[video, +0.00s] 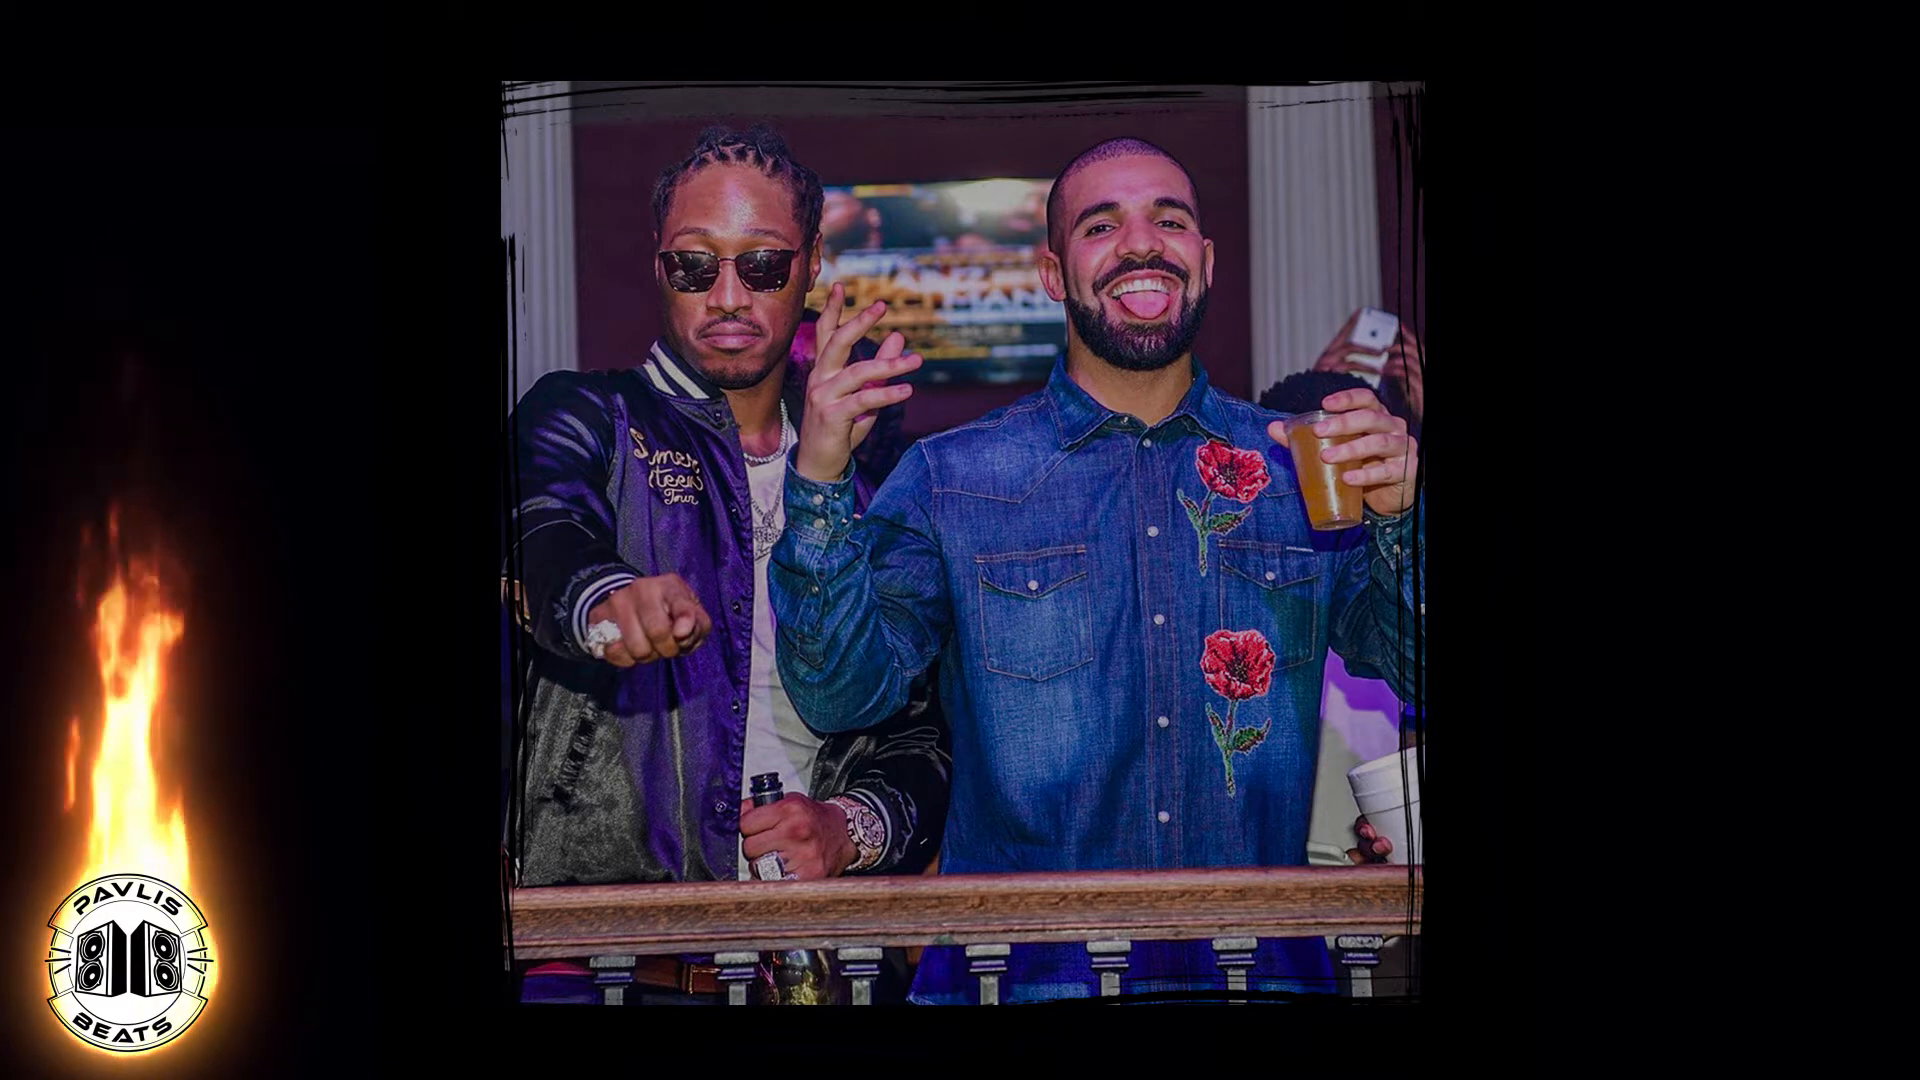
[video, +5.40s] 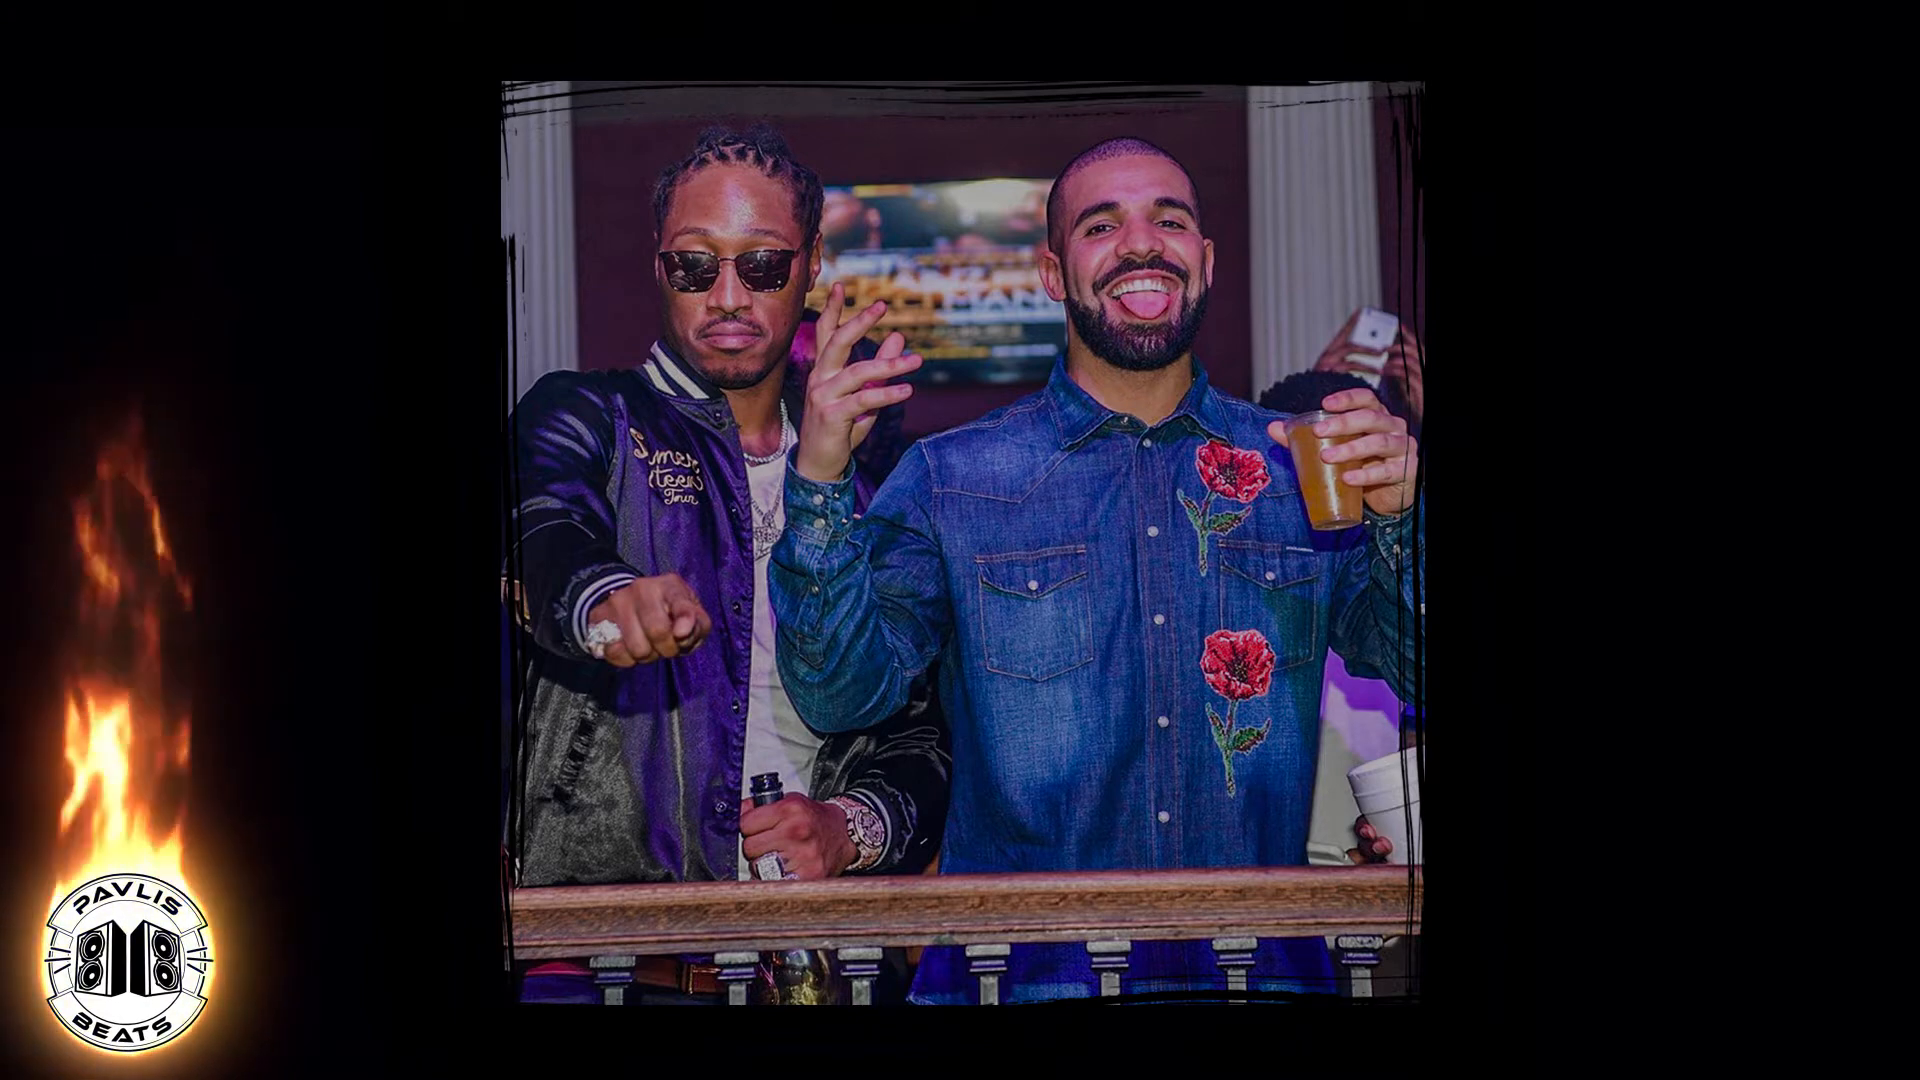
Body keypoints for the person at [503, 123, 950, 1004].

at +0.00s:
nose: (729, 296)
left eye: (763, 266)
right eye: (694, 266)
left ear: (811, 274)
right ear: (658, 272)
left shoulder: (878, 460)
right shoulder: (581, 412)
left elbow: (926, 726)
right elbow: (540, 525)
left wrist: (857, 826)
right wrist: (602, 595)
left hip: (827, 944)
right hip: (605, 943)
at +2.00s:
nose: (729, 296)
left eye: (763, 266)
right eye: (694, 266)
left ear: (811, 274)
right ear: (658, 272)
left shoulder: (878, 460)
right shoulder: (581, 412)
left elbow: (926, 725)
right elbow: (540, 525)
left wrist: (857, 826)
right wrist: (602, 595)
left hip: (827, 944)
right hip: (605, 943)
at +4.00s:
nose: (729, 296)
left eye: (764, 266)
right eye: (694, 266)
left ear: (811, 274)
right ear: (658, 272)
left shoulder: (878, 460)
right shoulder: (581, 412)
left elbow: (926, 725)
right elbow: (540, 525)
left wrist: (857, 826)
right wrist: (602, 595)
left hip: (827, 943)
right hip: (605, 943)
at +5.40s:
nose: (728, 295)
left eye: (763, 266)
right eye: (694, 266)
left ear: (811, 275)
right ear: (658, 274)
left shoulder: (878, 459)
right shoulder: (581, 411)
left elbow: (925, 722)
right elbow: (541, 525)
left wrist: (858, 826)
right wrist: (603, 595)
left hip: (828, 941)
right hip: (607, 941)